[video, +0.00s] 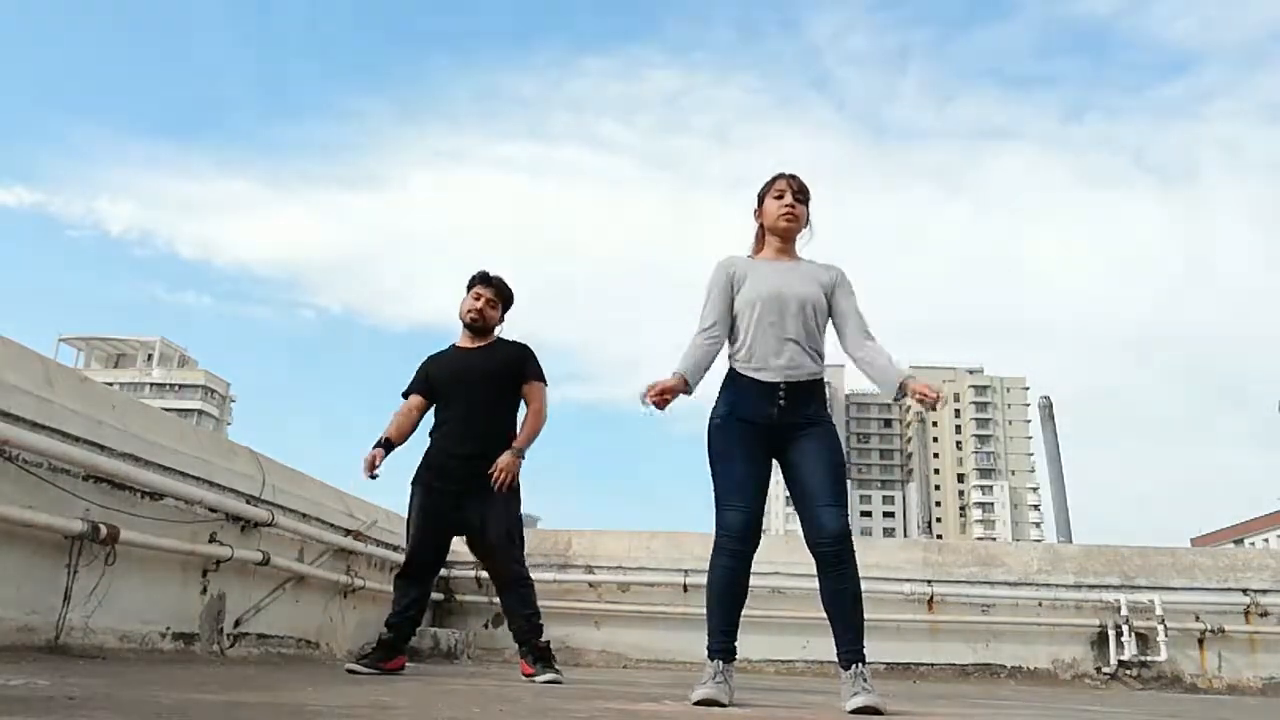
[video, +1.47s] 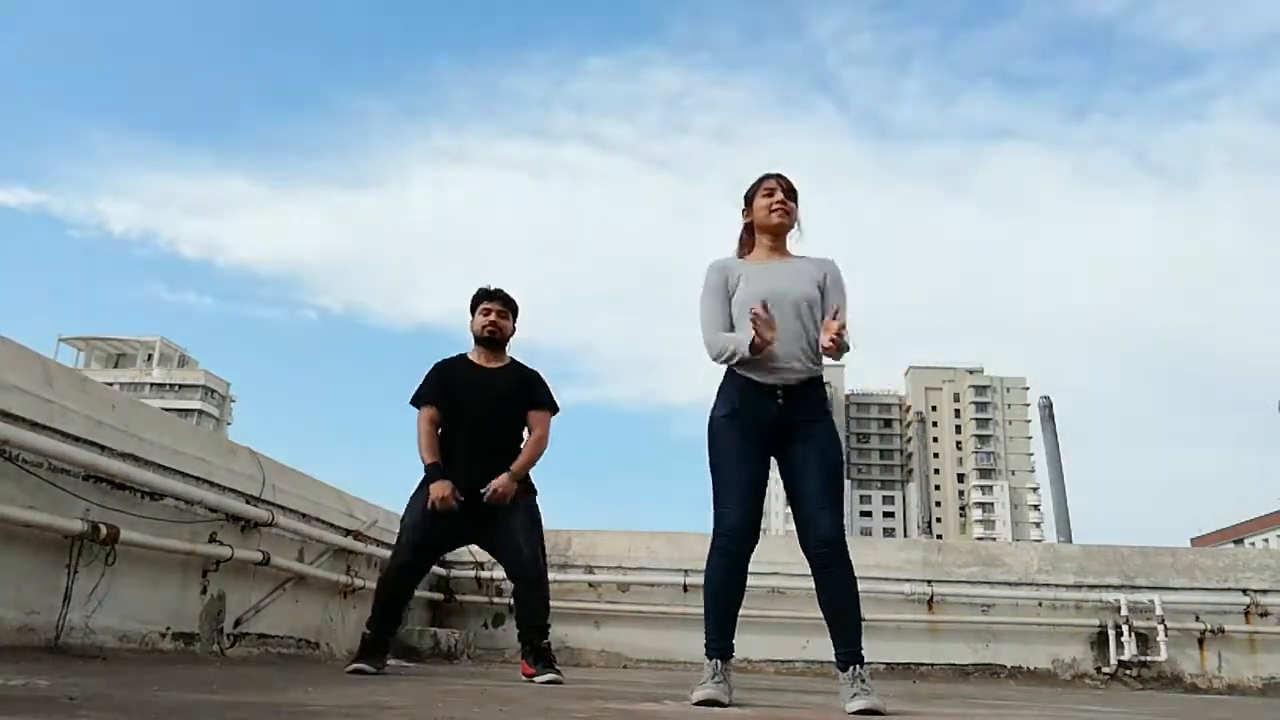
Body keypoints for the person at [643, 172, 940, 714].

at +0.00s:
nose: (790, 202)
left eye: (799, 198)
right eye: (779, 195)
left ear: (808, 218)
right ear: (759, 213)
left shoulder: (828, 276)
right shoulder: (733, 269)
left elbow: (861, 343)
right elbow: (709, 335)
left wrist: (904, 383)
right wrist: (682, 379)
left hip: (807, 413)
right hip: (741, 411)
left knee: (832, 536)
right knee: (736, 534)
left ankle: (855, 673)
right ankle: (718, 668)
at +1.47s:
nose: (780, 200)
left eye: (788, 196)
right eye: (768, 194)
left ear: (797, 215)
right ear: (748, 213)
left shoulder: (824, 270)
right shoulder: (724, 271)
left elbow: (836, 341)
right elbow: (714, 342)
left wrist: (832, 340)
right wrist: (754, 343)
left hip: (806, 411)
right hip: (741, 412)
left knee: (825, 538)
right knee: (734, 533)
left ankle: (853, 673)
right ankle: (716, 668)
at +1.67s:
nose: (773, 206)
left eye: (781, 202)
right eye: (762, 197)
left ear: (785, 221)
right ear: (738, 211)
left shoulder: (800, 274)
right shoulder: (705, 267)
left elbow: (828, 331)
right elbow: (678, 326)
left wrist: (839, 365)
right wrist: (732, 351)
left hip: (785, 411)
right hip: (721, 411)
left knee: (833, 506)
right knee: (719, 534)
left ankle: (832, 642)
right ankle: (704, 666)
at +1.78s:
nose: (775, 205)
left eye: (782, 201)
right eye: (765, 195)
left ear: (785, 217)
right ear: (738, 205)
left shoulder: (794, 279)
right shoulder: (702, 260)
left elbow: (812, 356)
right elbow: (647, 328)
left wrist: (874, 375)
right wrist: (647, 315)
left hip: (780, 403)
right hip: (720, 403)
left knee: (847, 447)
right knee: (717, 534)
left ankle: (776, 536)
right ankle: (703, 664)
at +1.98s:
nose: (783, 207)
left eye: (791, 204)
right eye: (774, 197)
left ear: (791, 220)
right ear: (746, 206)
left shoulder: (792, 279)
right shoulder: (714, 256)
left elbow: (791, 360)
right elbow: (675, 326)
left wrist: (836, 360)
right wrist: (629, 277)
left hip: (787, 400)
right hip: (730, 396)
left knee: (863, 454)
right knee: (724, 532)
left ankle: (814, 556)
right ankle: (706, 665)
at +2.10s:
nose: (789, 213)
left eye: (796, 209)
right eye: (779, 203)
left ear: (797, 226)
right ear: (750, 212)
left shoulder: (804, 285)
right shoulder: (723, 257)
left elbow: (810, 363)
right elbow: (694, 332)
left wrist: (869, 346)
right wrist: (709, 289)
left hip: (796, 409)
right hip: (737, 403)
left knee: (865, 497)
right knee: (733, 537)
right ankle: (708, 667)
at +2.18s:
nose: (794, 224)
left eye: (800, 220)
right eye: (783, 215)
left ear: (802, 237)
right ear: (755, 224)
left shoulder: (811, 293)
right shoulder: (732, 265)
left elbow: (850, 350)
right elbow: (736, 316)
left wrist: (893, 334)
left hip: (802, 418)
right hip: (745, 410)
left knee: (862, 533)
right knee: (748, 541)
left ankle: (901, 666)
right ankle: (709, 669)